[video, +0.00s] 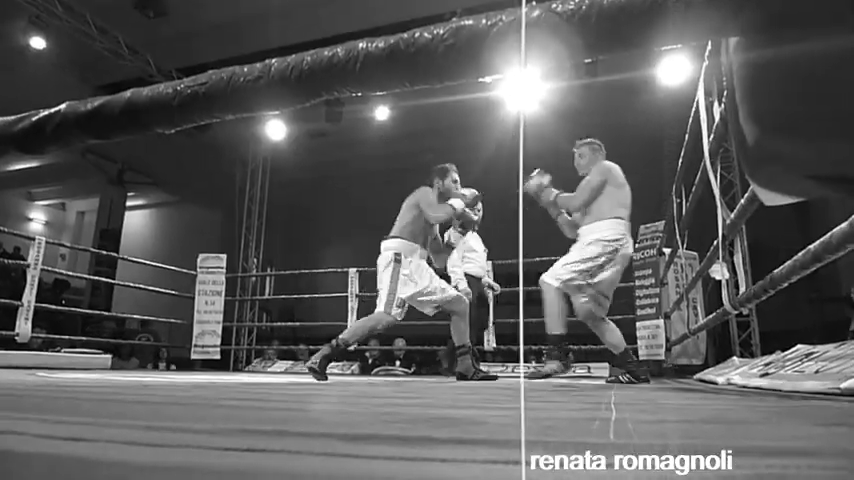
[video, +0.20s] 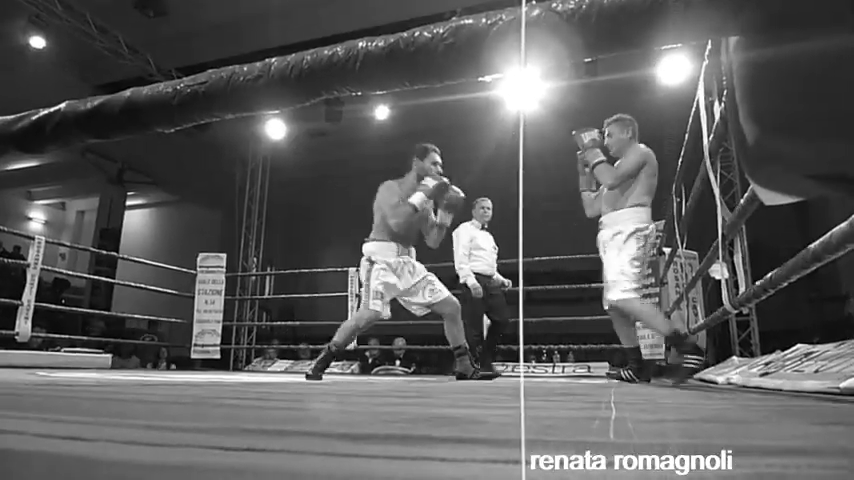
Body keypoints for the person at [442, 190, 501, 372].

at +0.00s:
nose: (477, 214)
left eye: (479, 210)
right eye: (474, 210)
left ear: (481, 214)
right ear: (465, 213)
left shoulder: (476, 237)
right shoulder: (459, 235)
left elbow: (479, 264)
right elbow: (453, 262)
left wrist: (487, 280)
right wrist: (461, 284)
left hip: (479, 280)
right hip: (466, 279)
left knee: (480, 320)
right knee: (467, 320)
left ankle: (473, 358)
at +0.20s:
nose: (486, 211)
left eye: (489, 209)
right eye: (483, 208)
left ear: (492, 213)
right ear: (474, 210)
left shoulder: (488, 237)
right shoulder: (464, 230)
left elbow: (490, 266)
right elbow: (460, 258)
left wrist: (501, 279)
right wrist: (469, 280)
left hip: (490, 279)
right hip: (473, 278)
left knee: (500, 320)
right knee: (473, 323)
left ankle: (486, 361)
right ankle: (473, 363)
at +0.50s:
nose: (502, 212)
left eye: (505, 210)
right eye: (499, 209)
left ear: (509, 214)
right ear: (490, 212)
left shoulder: (511, 238)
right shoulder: (480, 231)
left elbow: (513, 265)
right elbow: (471, 258)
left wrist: (521, 278)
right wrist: (468, 282)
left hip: (510, 281)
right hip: (489, 279)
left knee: (515, 325)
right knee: (482, 323)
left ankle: (519, 364)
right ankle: (474, 365)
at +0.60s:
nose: (510, 211)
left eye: (513, 208)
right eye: (506, 208)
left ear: (517, 212)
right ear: (498, 211)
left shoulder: (520, 236)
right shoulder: (487, 230)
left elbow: (525, 263)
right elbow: (476, 259)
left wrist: (531, 276)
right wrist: (472, 283)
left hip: (517, 279)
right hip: (495, 278)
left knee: (520, 322)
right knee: (492, 319)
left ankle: (519, 364)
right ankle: (478, 364)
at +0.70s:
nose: (513, 210)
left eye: (516, 207)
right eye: (510, 207)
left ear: (520, 211)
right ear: (501, 210)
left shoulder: (524, 235)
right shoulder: (490, 229)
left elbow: (530, 261)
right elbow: (480, 259)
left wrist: (536, 273)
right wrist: (476, 283)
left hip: (520, 277)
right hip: (498, 275)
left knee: (522, 319)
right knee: (498, 313)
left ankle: (520, 363)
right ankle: (485, 361)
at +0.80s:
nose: (515, 208)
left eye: (518, 205)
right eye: (511, 206)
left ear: (522, 209)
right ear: (504, 209)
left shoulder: (527, 234)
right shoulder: (492, 228)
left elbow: (535, 259)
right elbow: (482, 258)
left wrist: (540, 271)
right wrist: (480, 282)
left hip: (523, 276)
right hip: (500, 275)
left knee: (523, 319)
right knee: (500, 317)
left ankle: (521, 362)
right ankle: (497, 360)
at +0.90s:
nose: (515, 207)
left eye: (518, 204)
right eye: (512, 204)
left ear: (522, 207)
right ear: (504, 207)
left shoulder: (529, 232)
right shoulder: (492, 227)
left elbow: (537, 257)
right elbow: (483, 256)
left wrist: (543, 269)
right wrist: (482, 280)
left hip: (525, 274)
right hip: (501, 273)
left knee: (525, 317)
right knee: (503, 316)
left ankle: (523, 359)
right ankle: (502, 360)